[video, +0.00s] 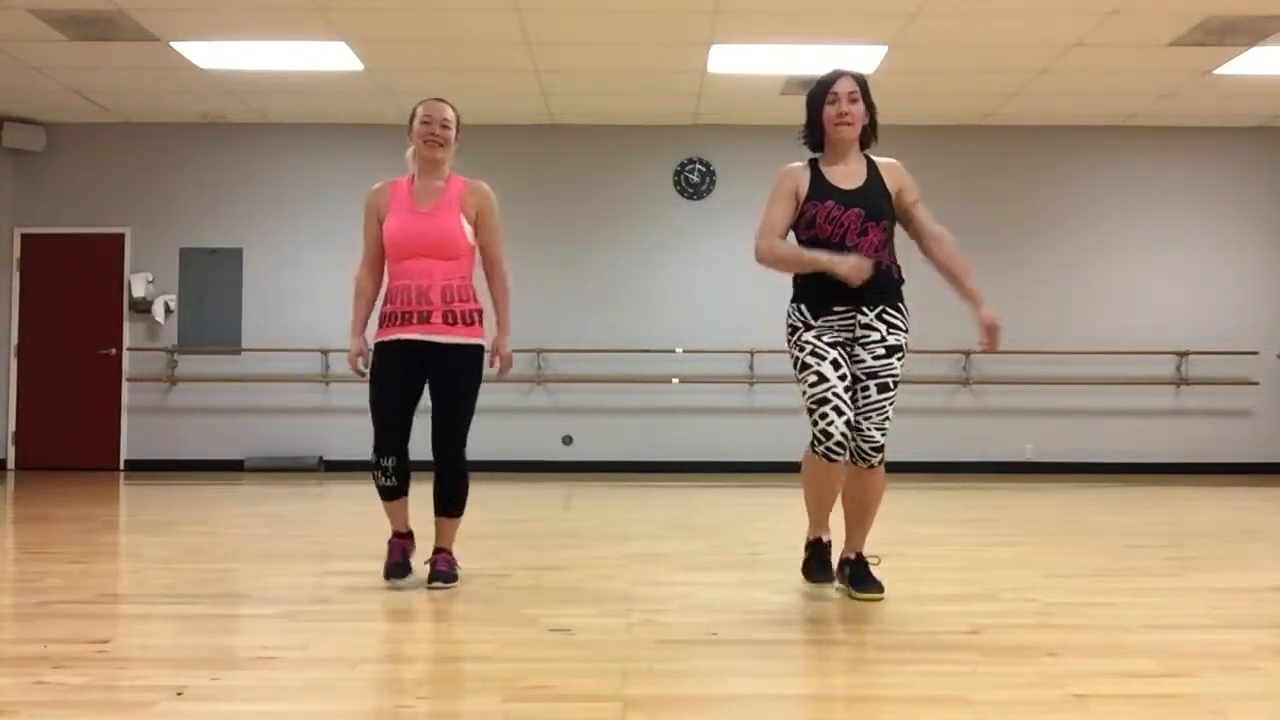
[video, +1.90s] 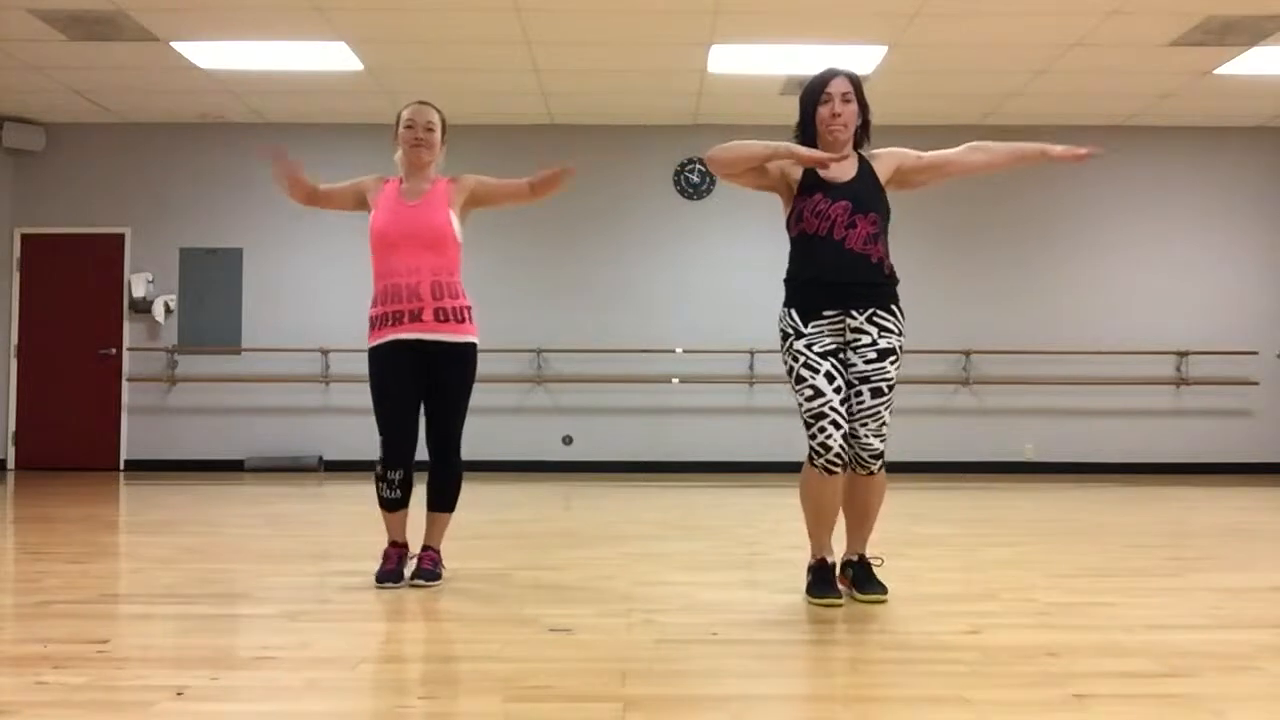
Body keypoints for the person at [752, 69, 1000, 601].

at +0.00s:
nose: (845, 108)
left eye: (854, 100)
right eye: (835, 101)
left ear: (869, 112)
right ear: (817, 114)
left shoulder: (891, 174)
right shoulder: (796, 177)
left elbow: (935, 241)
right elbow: (766, 249)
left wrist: (979, 304)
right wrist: (831, 260)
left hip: (881, 318)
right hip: (817, 319)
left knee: (870, 438)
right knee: (832, 431)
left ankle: (854, 556)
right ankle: (818, 539)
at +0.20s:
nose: (840, 113)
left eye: (849, 104)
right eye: (830, 105)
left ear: (863, 116)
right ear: (812, 117)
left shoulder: (883, 176)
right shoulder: (793, 177)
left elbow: (950, 214)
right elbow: (762, 221)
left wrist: (1020, 250)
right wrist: (834, 229)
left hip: (878, 324)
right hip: (814, 325)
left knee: (871, 443)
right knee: (835, 440)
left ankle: (854, 558)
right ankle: (818, 555)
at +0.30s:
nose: (842, 109)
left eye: (850, 100)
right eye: (831, 101)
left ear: (864, 113)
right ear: (812, 114)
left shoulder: (882, 171)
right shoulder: (794, 167)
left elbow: (959, 191)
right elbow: (753, 191)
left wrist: (1037, 205)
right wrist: (796, 203)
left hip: (877, 317)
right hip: (813, 319)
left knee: (882, 439)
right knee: (833, 438)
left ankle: (855, 551)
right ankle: (817, 555)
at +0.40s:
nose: (842, 106)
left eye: (851, 98)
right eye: (831, 99)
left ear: (864, 112)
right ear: (814, 112)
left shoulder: (885, 168)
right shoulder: (795, 165)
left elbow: (958, 175)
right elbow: (753, 168)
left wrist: (1015, 164)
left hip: (877, 314)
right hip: (814, 316)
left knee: (893, 429)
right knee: (828, 435)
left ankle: (859, 537)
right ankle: (817, 556)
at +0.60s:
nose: (851, 108)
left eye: (859, 100)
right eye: (840, 100)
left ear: (872, 113)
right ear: (821, 113)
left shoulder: (892, 173)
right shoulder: (801, 169)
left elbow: (974, 169)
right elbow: (731, 159)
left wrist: (920, 154)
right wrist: (661, 150)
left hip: (885, 321)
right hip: (821, 321)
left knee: (881, 441)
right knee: (834, 440)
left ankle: (861, 557)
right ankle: (819, 557)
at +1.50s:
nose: (847, 108)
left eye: (856, 99)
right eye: (837, 100)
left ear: (871, 111)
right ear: (820, 112)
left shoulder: (893, 164)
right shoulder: (798, 166)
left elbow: (964, 158)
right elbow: (730, 160)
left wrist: (962, 139)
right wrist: (684, 139)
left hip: (882, 317)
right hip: (817, 317)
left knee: (876, 441)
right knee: (827, 438)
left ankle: (859, 556)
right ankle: (813, 560)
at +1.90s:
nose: (837, 110)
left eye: (846, 100)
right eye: (827, 101)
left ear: (861, 111)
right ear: (810, 113)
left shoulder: (884, 164)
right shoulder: (789, 172)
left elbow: (965, 155)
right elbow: (715, 160)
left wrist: (1044, 150)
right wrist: (781, 151)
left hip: (875, 318)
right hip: (809, 320)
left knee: (868, 443)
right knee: (828, 440)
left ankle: (856, 560)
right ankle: (820, 563)